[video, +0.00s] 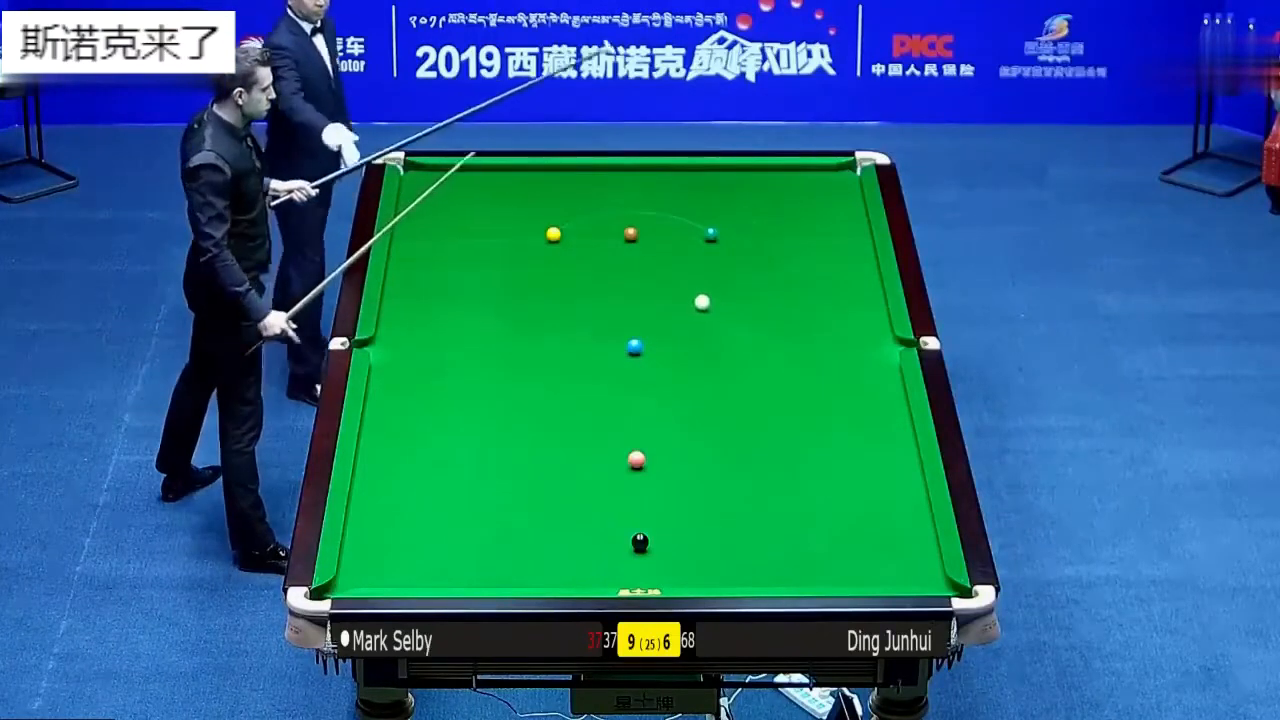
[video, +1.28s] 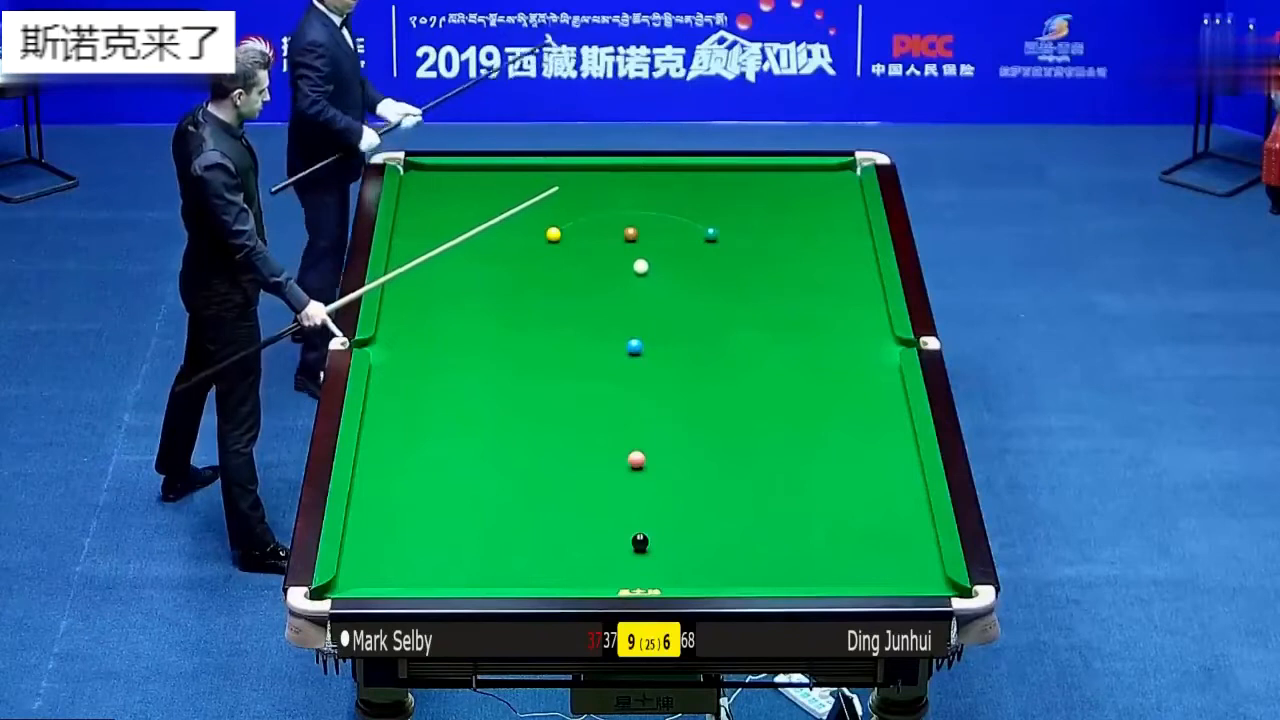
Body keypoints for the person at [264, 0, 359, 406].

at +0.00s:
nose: (321, 3)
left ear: (324, 2)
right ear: (292, 1)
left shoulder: (323, 27)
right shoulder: (282, 43)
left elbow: (329, 87)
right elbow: (290, 100)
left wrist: (343, 129)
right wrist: (328, 128)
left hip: (322, 164)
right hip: (294, 171)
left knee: (302, 264)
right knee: (309, 272)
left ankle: (307, 359)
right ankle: (304, 378)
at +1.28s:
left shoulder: (336, 27)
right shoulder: (313, 37)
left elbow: (351, 81)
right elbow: (310, 102)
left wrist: (382, 104)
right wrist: (358, 131)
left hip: (336, 160)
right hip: (318, 166)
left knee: (332, 253)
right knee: (324, 257)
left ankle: (319, 349)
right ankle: (312, 368)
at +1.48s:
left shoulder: (352, 17)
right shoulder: (331, 24)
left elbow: (373, 69)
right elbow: (316, 90)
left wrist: (413, 99)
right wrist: (354, 129)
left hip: (340, 143)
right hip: (327, 147)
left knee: (323, 228)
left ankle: (311, 315)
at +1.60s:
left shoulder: (366, 15)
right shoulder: (347, 23)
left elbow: (383, 68)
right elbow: (332, 89)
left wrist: (419, 102)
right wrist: (369, 126)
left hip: (349, 140)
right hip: (337, 144)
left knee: (328, 226)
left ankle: (310, 315)